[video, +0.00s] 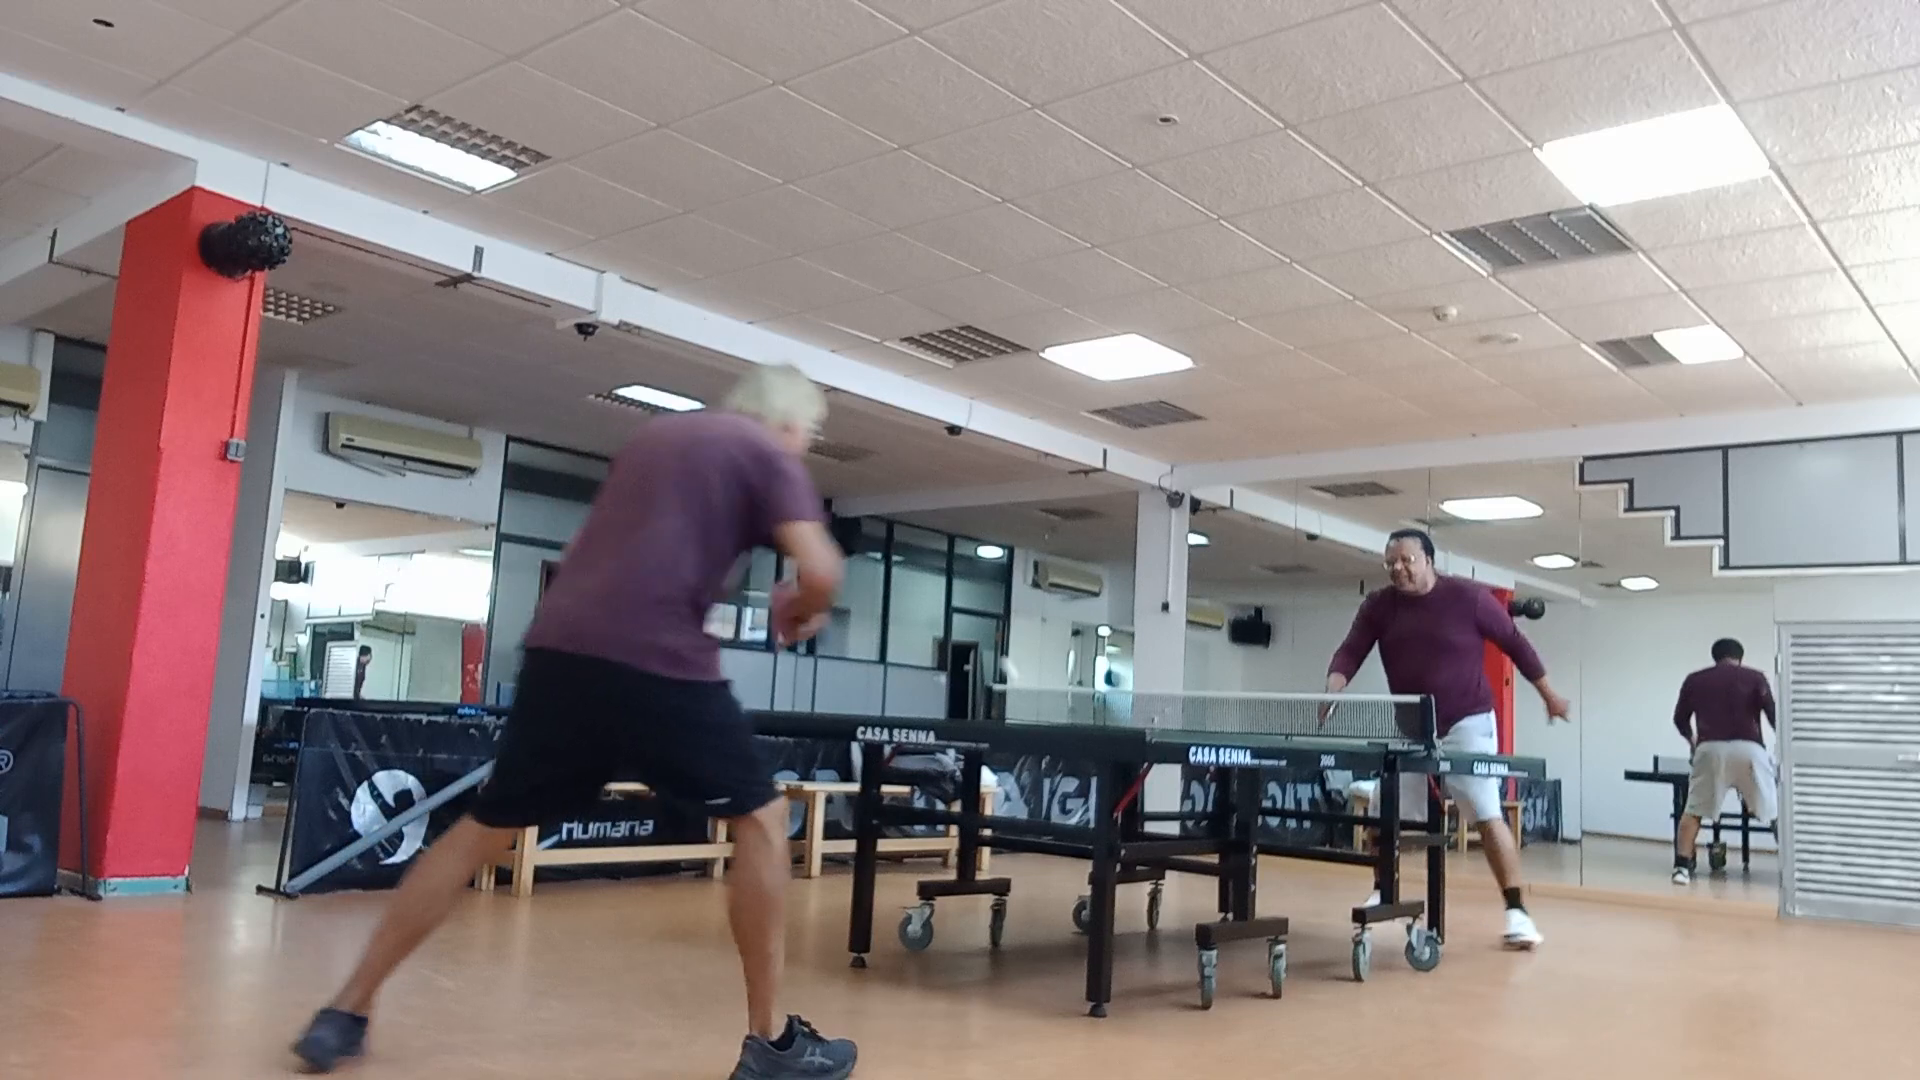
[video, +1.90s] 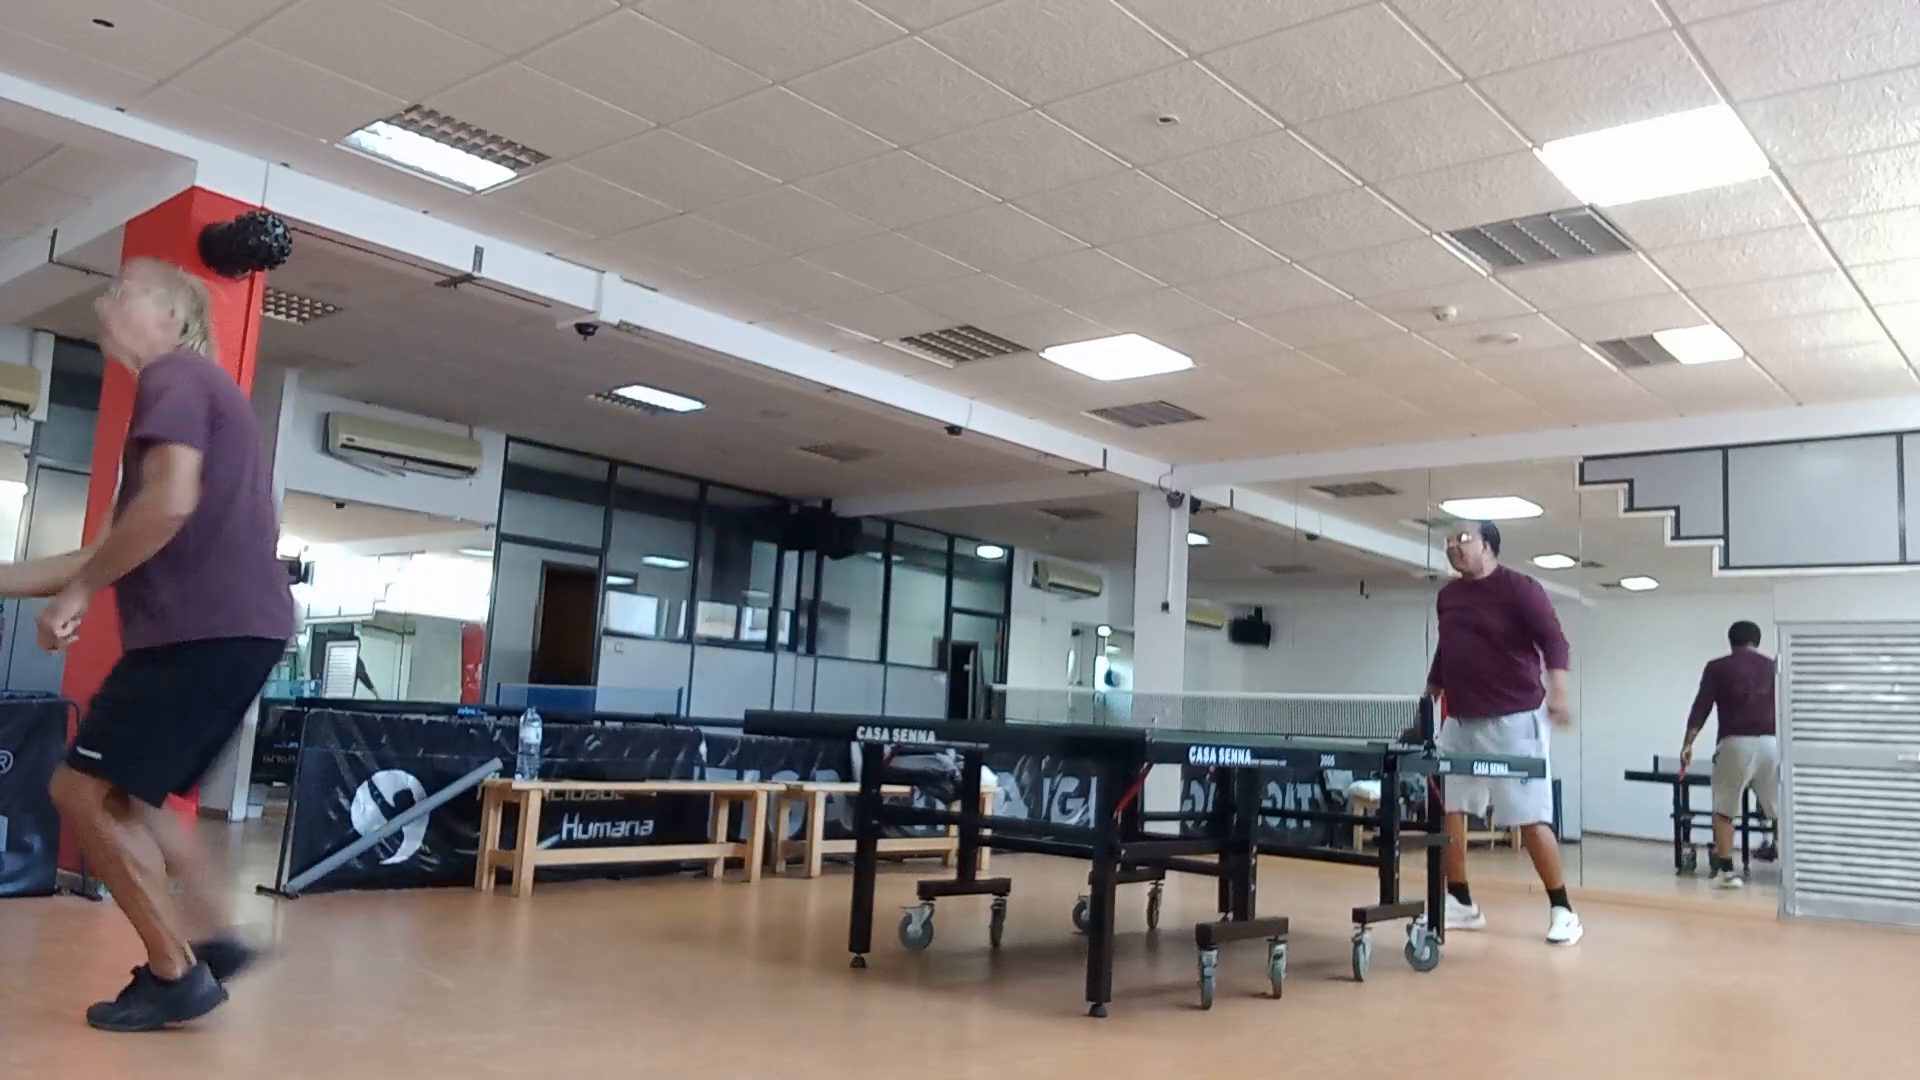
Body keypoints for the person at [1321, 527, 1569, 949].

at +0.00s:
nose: (1400, 568)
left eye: (1408, 559)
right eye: (1393, 562)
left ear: (1428, 561)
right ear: (1387, 567)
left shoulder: (1469, 597)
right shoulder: (1379, 606)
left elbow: (1514, 641)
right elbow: (1351, 651)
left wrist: (1548, 692)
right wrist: (1333, 690)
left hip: (1467, 721)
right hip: (1410, 726)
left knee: (1485, 812)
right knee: (1384, 811)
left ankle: (1516, 912)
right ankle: (1384, 894)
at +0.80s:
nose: (1438, 595)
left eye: (1446, 587)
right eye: (1432, 588)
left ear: (1468, 583)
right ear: (1426, 589)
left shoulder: (1500, 615)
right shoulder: (1422, 622)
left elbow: (1537, 669)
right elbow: (1400, 676)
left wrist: (1543, 728)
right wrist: (1393, 729)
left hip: (1507, 737)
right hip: (1449, 742)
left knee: (1529, 822)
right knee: (1407, 817)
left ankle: (1565, 912)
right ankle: (1384, 892)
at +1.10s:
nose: (1431, 595)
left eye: (1438, 586)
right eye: (1423, 588)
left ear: (1456, 580)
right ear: (1416, 586)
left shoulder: (1490, 607)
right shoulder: (1404, 613)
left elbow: (1542, 642)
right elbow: (1368, 644)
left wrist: (1561, 682)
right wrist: (1410, 661)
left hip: (1502, 732)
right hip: (1446, 737)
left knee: (1532, 817)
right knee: (1407, 819)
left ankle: (1571, 911)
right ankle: (1399, 897)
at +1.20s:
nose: (1422, 594)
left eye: (1429, 585)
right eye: (1414, 587)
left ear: (1447, 579)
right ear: (1407, 586)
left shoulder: (1480, 604)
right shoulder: (1399, 605)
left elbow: (1536, 619)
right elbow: (1359, 602)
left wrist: (1584, 650)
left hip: (1498, 735)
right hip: (1438, 739)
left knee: (1533, 820)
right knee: (1403, 822)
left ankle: (1572, 912)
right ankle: (1398, 900)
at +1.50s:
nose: (1435, 563)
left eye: (1443, 557)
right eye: (1430, 557)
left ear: (1467, 562)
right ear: (1425, 563)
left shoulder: (1497, 599)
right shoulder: (1407, 601)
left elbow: (1549, 622)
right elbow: (1373, 642)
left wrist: (1599, 639)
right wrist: (1341, 678)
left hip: (1488, 731)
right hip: (1425, 732)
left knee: (1520, 818)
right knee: (1403, 824)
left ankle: (1558, 910)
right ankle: (1396, 897)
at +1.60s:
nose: (1442, 560)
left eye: (1451, 553)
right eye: (1437, 555)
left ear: (1474, 559)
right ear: (1432, 563)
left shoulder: (1505, 598)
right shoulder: (1417, 602)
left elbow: (1560, 629)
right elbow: (1401, 659)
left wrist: (1620, 661)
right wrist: (1387, 706)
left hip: (1495, 730)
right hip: (1434, 732)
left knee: (1522, 823)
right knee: (1409, 827)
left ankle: (1556, 911)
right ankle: (1401, 898)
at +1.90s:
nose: (1454, 546)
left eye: (1463, 539)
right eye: (1450, 542)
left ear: (1487, 546)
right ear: (1449, 552)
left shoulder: (1521, 589)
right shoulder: (1448, 596)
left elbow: (1554, 641)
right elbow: (1446, 649)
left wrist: (1559, 695)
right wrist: (1429, 698)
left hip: (1516, 722)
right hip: (1460, 722)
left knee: (1531, 820)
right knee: (1448, 811)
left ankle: (1562, 911)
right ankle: (1460, 903)